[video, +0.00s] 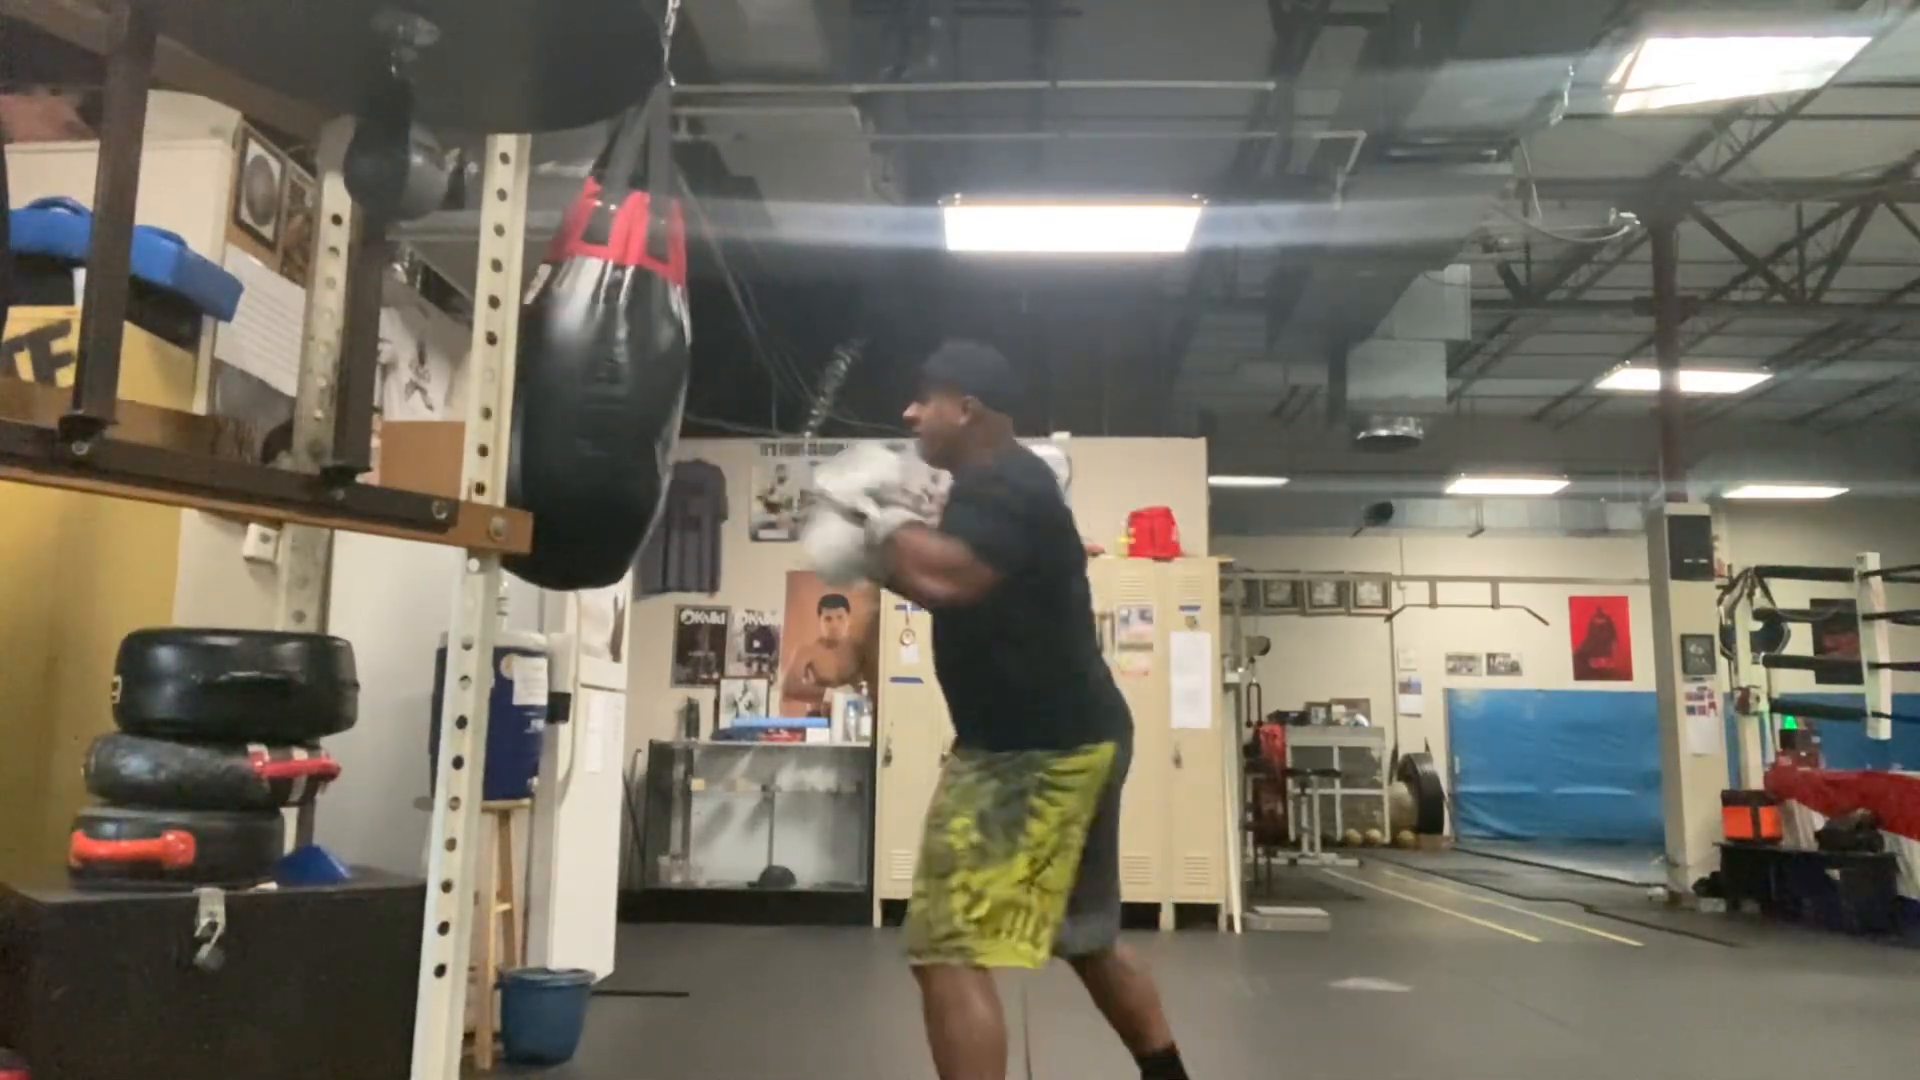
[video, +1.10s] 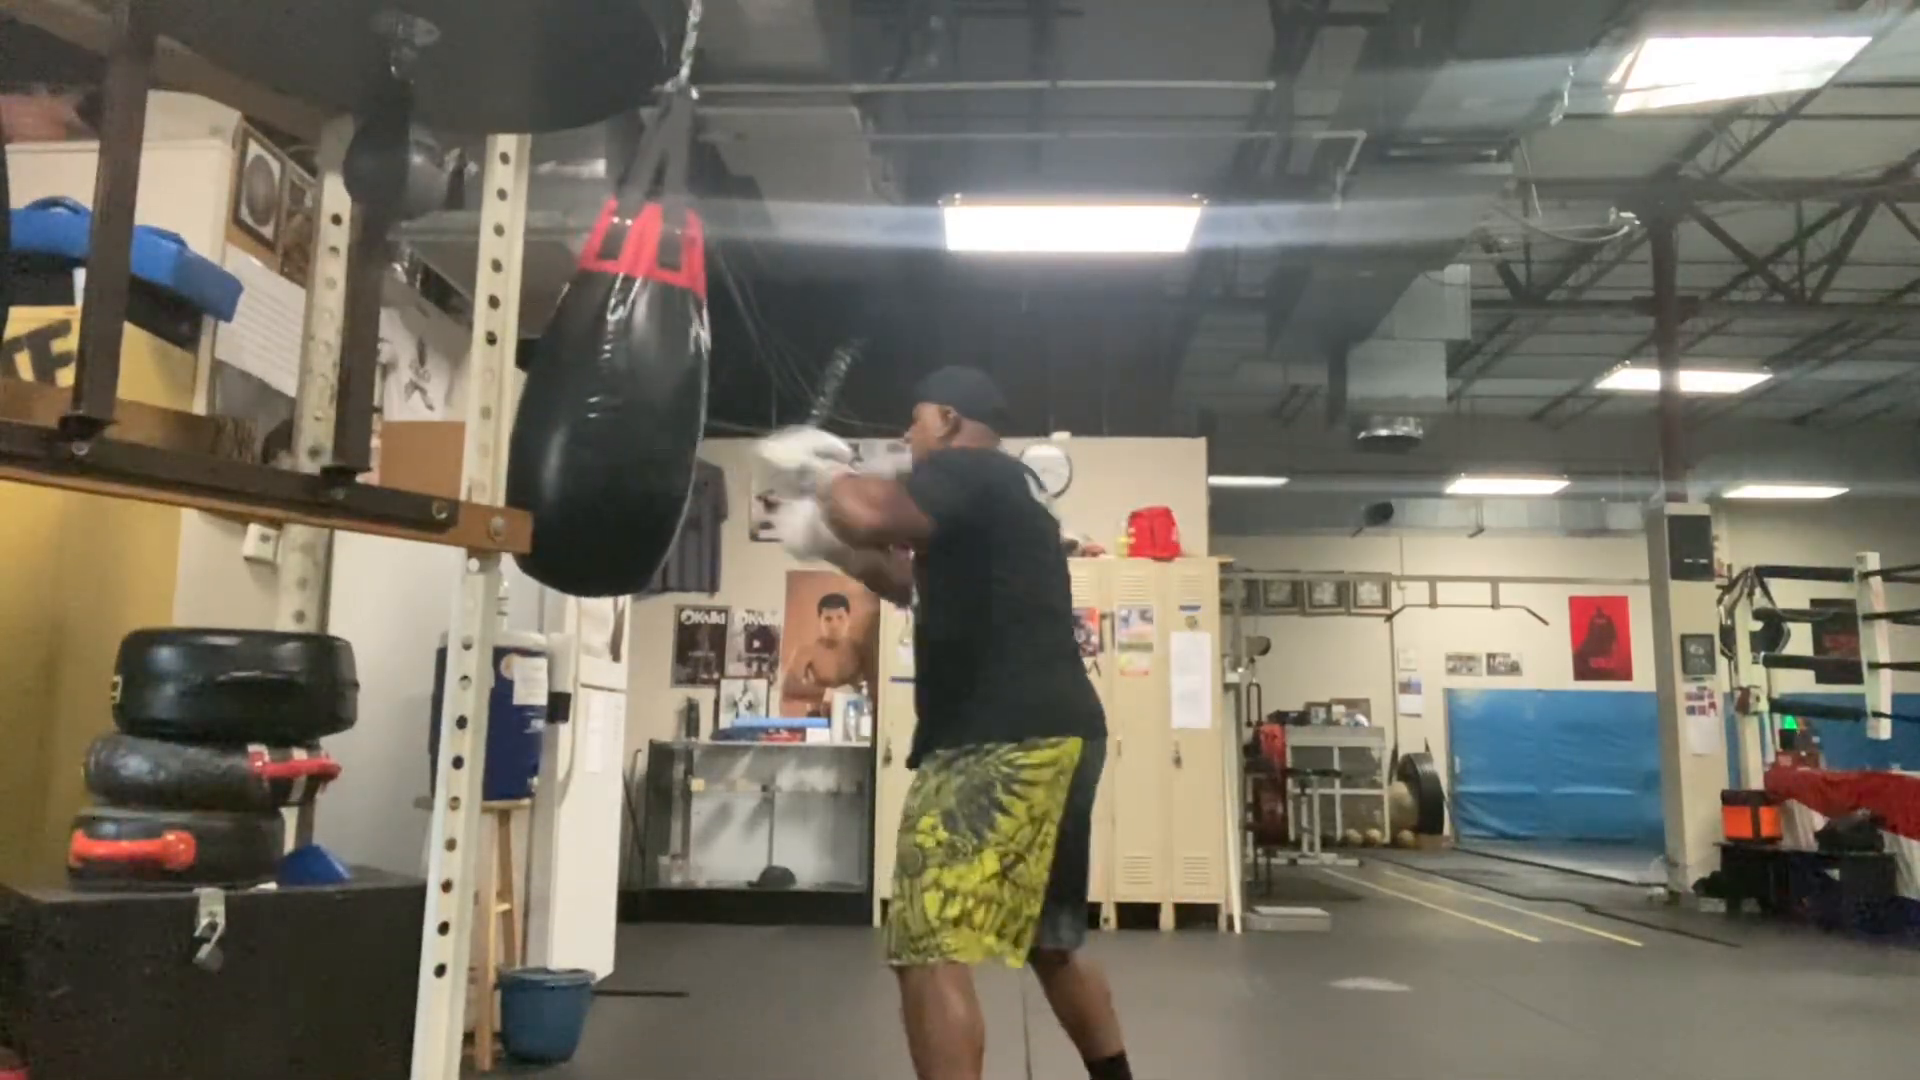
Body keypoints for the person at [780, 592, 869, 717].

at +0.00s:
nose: (834, 624)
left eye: (840, 618)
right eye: (828, 619)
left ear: (848, 620)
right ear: (819, 621)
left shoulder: (857, 652)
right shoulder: (807, 652)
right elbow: (790, 688)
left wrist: (816, 687)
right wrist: (828, 693)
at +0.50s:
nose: (834, 625)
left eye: (840, 618)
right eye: (828, 619)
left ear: (848, 620)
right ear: (819, 621)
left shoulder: (857, 651)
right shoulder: (808, 652)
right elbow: (790, 688)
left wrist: (816, 685)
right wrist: (828, 693)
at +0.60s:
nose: (834, 625)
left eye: (840, 618)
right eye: (828, 619)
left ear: (847, 620)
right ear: (820, 620)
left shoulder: (858, 651)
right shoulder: (807, 652)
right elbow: (790, 688)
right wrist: (828, 693)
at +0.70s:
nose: (834, 625)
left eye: (840, 618)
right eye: (828, 619)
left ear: (848, 620)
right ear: (819, 620)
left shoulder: (857, 651)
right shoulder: (808, 652)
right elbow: (789, 687)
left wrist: (817, 685)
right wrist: (826, 693)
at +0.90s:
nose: (834, 625)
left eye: (840, 618)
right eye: (828, 619)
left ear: (848, 619)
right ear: (819, 620)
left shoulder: (858, 652)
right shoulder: (807, 652)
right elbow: (789, 688)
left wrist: (816, 686)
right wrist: (827, 693)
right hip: (819, 717)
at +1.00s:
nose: (834, 625)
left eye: (840, 618)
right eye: (828, 619)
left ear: (848, 620)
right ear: (819, 621)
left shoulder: (857, 651)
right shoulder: (808, 652)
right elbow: (789, 688)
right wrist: (825, 693)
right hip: (820, 716)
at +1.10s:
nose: (834, 625)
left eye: (840, 618)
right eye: (828, 619)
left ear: (848, 619)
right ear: (820, 620)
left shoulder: (858, 651)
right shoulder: (807, 652)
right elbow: (789, 688)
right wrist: (827, 692)